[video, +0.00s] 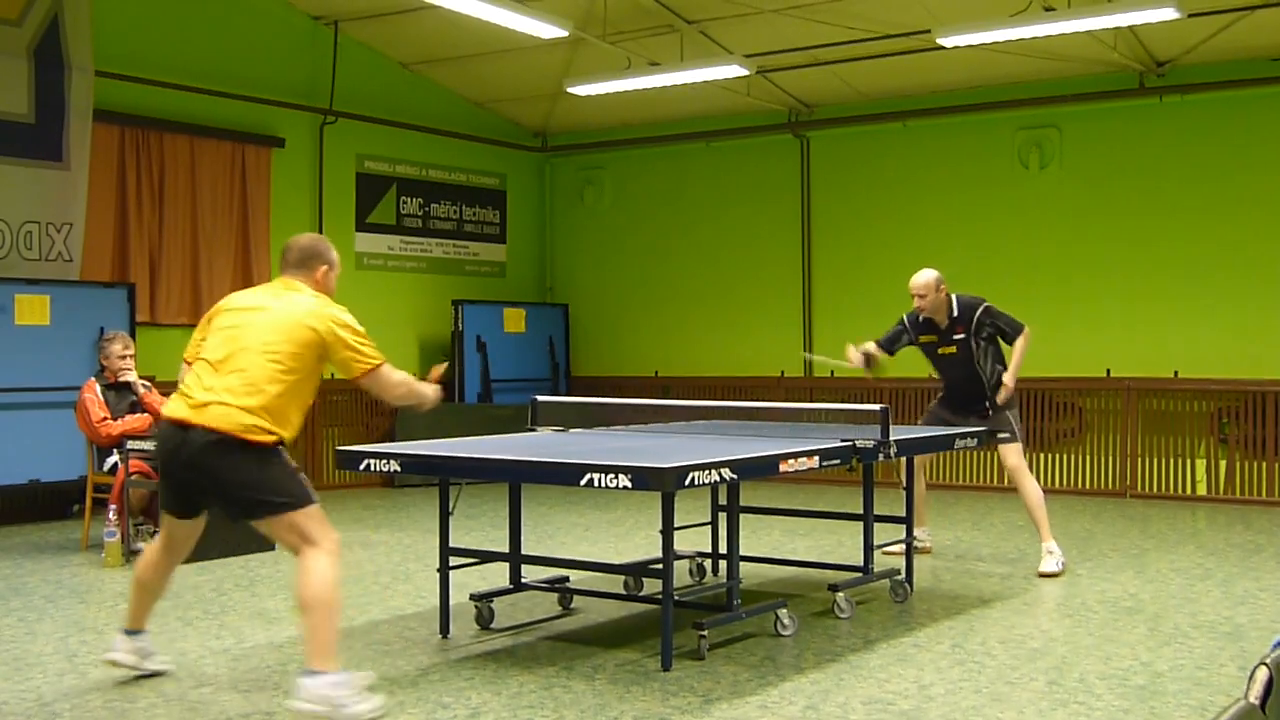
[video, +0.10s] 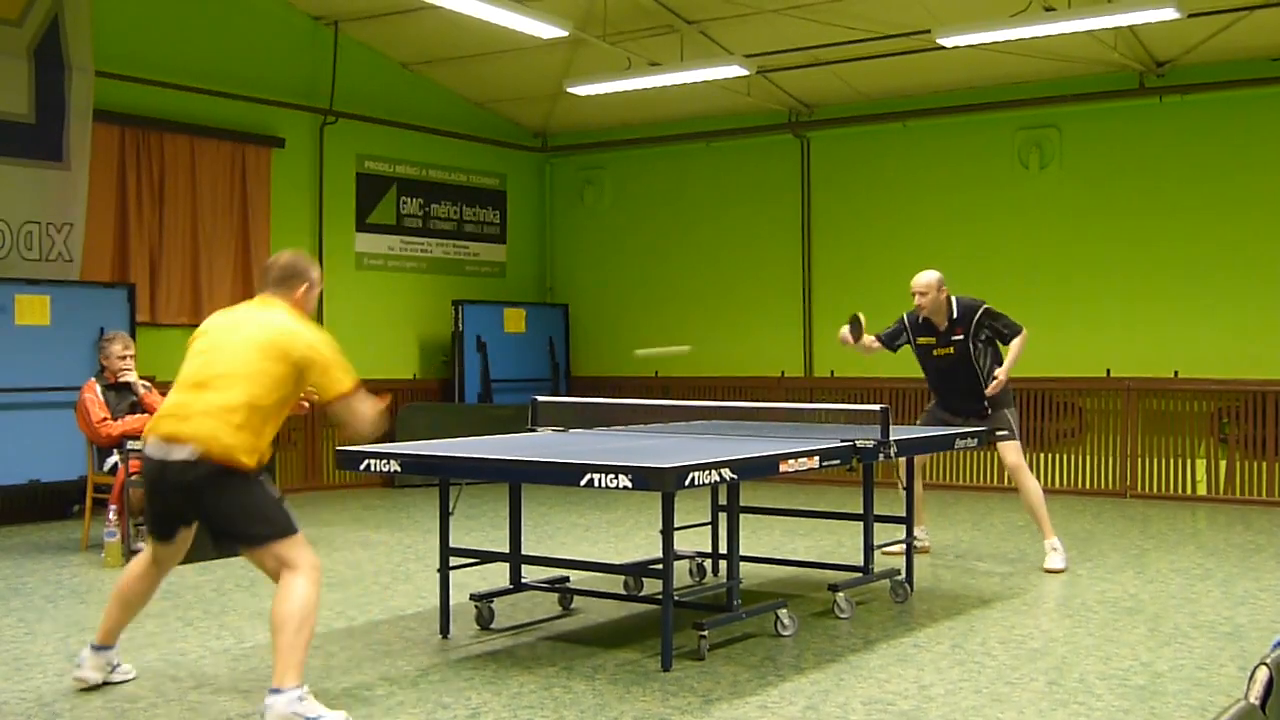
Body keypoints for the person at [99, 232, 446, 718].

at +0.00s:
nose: (335, 284)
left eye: (335, 276)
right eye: (335, 276)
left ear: (286, 268)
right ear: (323, 273)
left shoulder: (232, 301)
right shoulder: (325, 315)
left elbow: (189, 370)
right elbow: (390, 386)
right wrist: (428, 393)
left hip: (177, 436)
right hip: (239, 445)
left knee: (171, 539)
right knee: (318, 544)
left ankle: (130, 638)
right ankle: (322, 675)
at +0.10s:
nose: (317, 300)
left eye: (317, 291)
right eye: (317, 291)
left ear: (266, 285)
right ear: (305, 289)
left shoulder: (218, 319)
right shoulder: (303, 334)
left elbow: (209, 384)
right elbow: (361, 422)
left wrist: (286, 400)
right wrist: (374, 408)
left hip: (160, 459)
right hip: (217, 466)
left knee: (159, 553)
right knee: (298, 566)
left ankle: (98, 655)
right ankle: (287, 693)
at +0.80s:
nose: (222, 280)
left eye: (222, 272)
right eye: (221, 272)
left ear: (166, 271)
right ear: (206, 270)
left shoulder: (119, 314)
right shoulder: (218, 311)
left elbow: (78, 384)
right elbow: (299, 365)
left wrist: (126, 411)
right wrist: (343, 381)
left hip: (108, 457)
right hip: (176, 454)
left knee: (121, 548)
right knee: (261, 546)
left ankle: (88, 660)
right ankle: (260, 675)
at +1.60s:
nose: (425, 303)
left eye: (425, 296)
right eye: (424, 295)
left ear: (369, 293)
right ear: (410, 294)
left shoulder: (314, 339)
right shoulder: (421, 338)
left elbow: (288, 424)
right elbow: (500, 409)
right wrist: (525, 368)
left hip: (294, 497)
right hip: (368, 501)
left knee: (288, 556)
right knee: (454, 595)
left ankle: (244, 665)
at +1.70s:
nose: (445, 316)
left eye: (445, 309)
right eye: (446, 309)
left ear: (389, 306)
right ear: (437, 310)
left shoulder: (339, 352)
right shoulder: (447, 357)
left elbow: (303, 441)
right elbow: (511, 440)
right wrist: (530, 413)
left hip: (314, 506)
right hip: (395, 510)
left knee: (296, 574)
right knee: (471, 597)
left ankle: (239, 692)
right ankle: (472, 713)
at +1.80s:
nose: (445, 306)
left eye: (443, 299)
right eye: (444, 299)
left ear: (386, 299)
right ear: (436, 300)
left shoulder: (337, 344)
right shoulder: (453, 351)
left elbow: (310, 429)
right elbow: (508, 438)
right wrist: (466, 409)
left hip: (318, 497)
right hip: (401, 504)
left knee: (286, 569)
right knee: (474, 594)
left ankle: (228, 687)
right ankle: (471, 713)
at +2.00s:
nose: (435, 301)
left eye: (435, 292)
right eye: (435, 292)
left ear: (379, 290)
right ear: (421, 293)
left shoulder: (324, 341)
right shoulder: (430, 350)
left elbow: (292, 419)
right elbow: (447, 442)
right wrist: (497, 475)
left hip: (305, 499)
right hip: (384, 508)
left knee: (272, 591)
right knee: (468, 592)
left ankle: (198, 700)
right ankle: (467, 713)